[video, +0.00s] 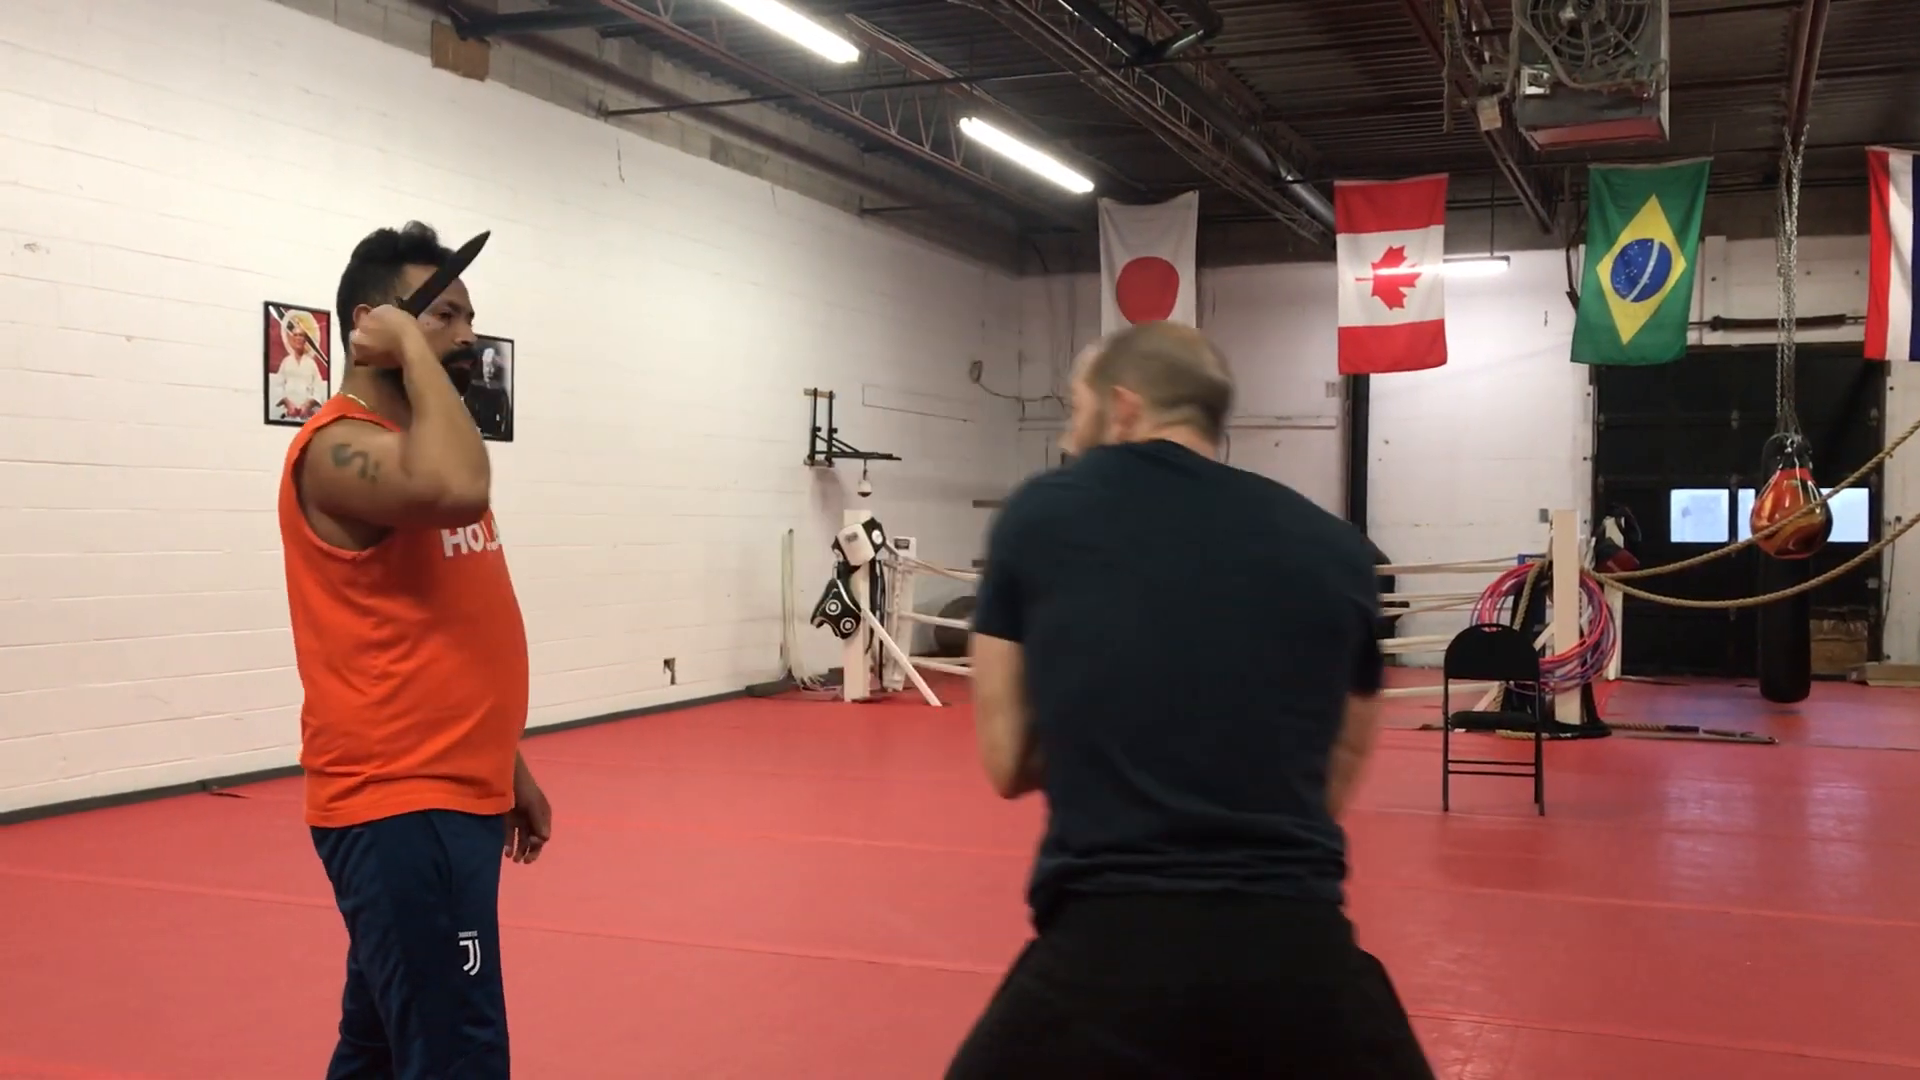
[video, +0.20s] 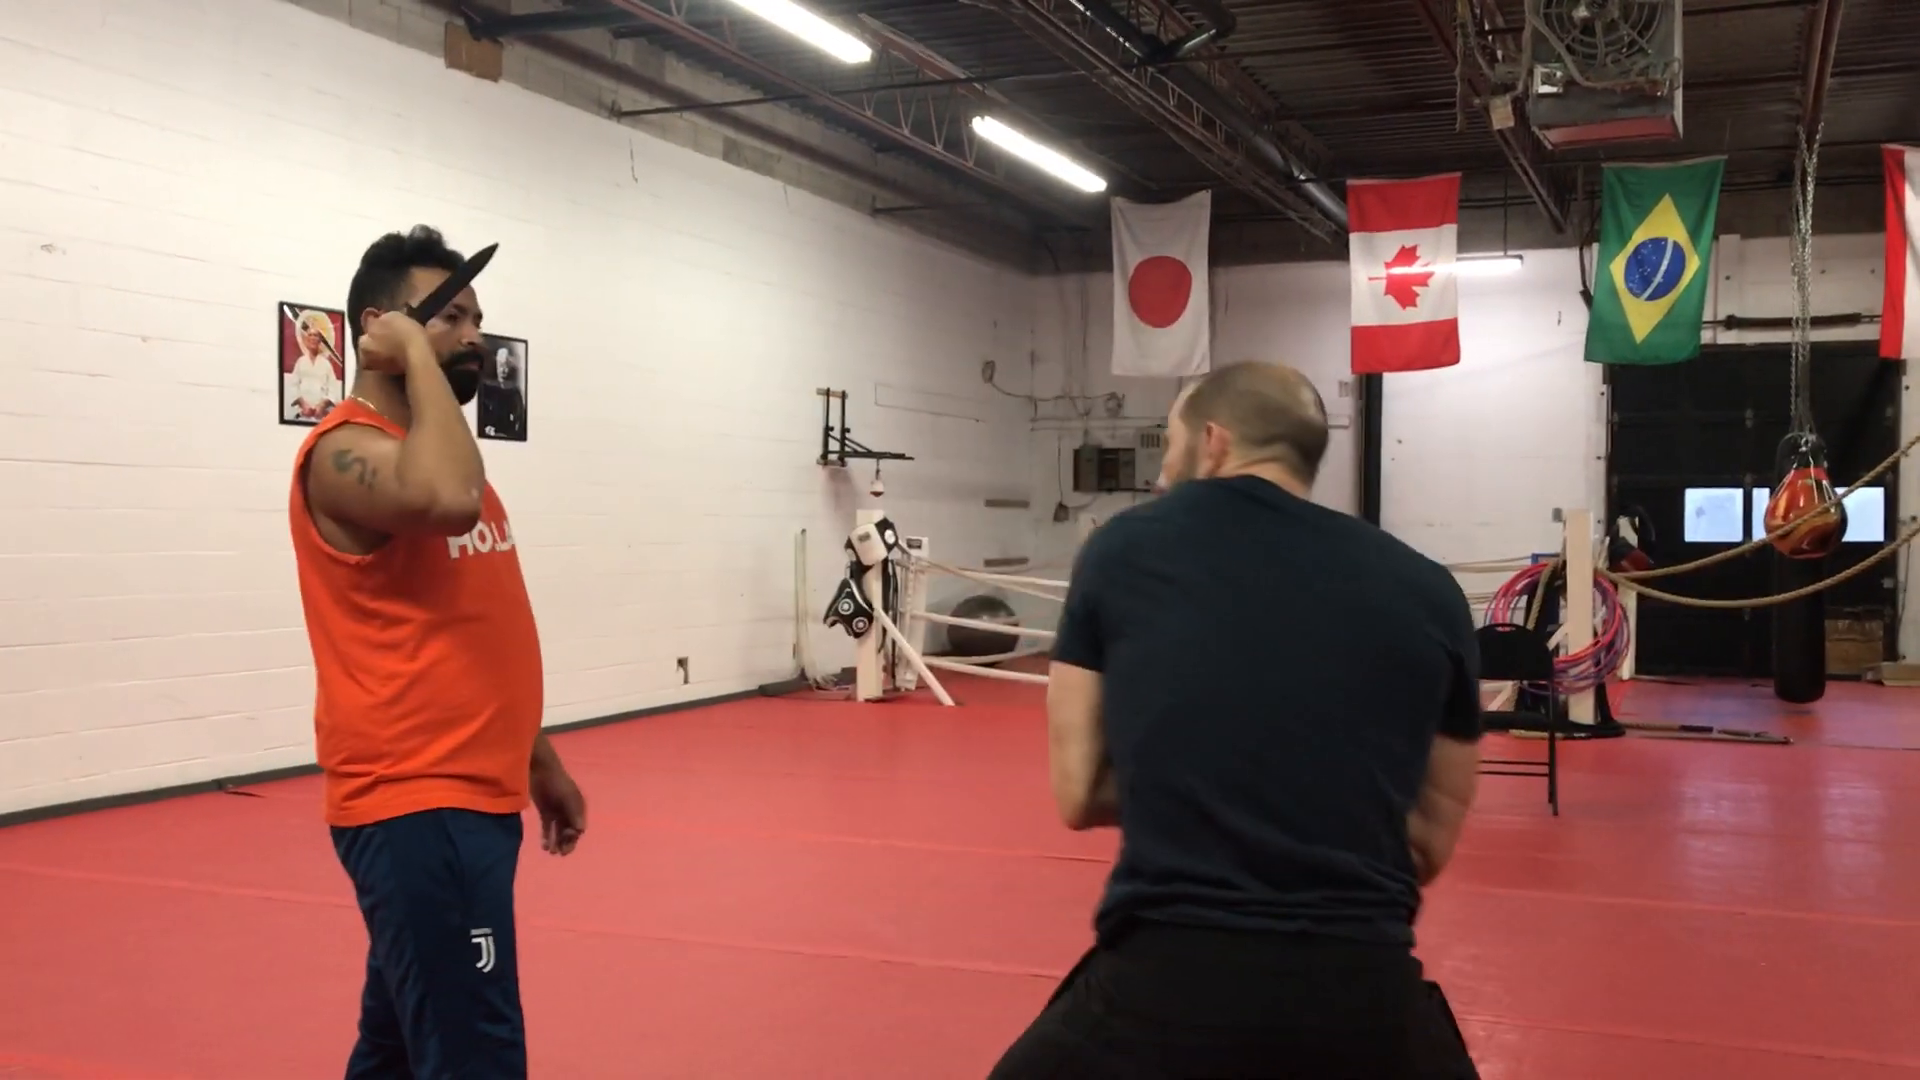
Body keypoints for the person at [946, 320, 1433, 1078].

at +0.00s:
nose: (1068, 430)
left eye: (1075, 406)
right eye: (1068, 406)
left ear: (1122, 406)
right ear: (1215, 420)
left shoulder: (1041, 512)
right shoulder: (1335, 541)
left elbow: (1010, 764)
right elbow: (1336, 783)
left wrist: (1126, 691)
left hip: (1102, 960)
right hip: (1304, 962)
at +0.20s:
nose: (1161, 475)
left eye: (1169, 446)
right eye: (1164, 447)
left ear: (1215, 445)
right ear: (1306, 461)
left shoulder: (1126, 544)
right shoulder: (1427, 586)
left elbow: (1081, 794)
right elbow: (1426, 845)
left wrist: (1225, 768)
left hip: (1154, 994)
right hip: (1371, 1007)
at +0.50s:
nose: (1120, 470)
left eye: (1129, 447)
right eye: (1123, 447)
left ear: (1181, 456)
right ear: (1268, 458)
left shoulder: (1099, 559)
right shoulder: (1390, 571)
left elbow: (1037, 813)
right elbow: (1362, 783)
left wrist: (1165, 749)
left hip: (1147, 995)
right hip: (1349, 1007)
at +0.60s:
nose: (1041, 451)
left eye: (1049, 429)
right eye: (1042, 429)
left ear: (1099, 446)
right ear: (1190, 437)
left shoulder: (1031, 562)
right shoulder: (1305, 545)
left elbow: (962, 796)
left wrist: (992, 628)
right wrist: (997, 596)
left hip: (1092, 988)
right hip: (1280, 988)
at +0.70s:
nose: (936, 435)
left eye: (942, 414)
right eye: (937, 412)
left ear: (987, 438)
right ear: (1082, 414)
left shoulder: (933, 573)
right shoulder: (1184, 505)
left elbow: (866, 730)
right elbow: (1055, 516)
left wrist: (865, 554)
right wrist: (905, 512)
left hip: (1003, 959)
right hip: (1183, 958)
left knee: (856, 1067)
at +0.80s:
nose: (841, 416)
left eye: (842, 397)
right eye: (838, 392)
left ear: (884, 430)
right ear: (976, 391)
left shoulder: (848, 572)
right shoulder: (1076, 467)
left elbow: (765, 644)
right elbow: (921, 443)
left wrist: (739, 492)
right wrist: (776, 446)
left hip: (924, 944)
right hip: (1101, 936)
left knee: (794, 1069)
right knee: (1213, 1070)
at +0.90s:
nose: (758, 409)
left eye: (757, 398)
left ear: (786, 428)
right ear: (890, 375)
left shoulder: (775, 567)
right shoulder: (998, 450)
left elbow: (698, 575)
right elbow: (872, 396)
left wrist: (658, 449)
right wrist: (688, 396)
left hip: (875, 925)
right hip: (1052, 911)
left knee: (765, 1067)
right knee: (1167, 1069)